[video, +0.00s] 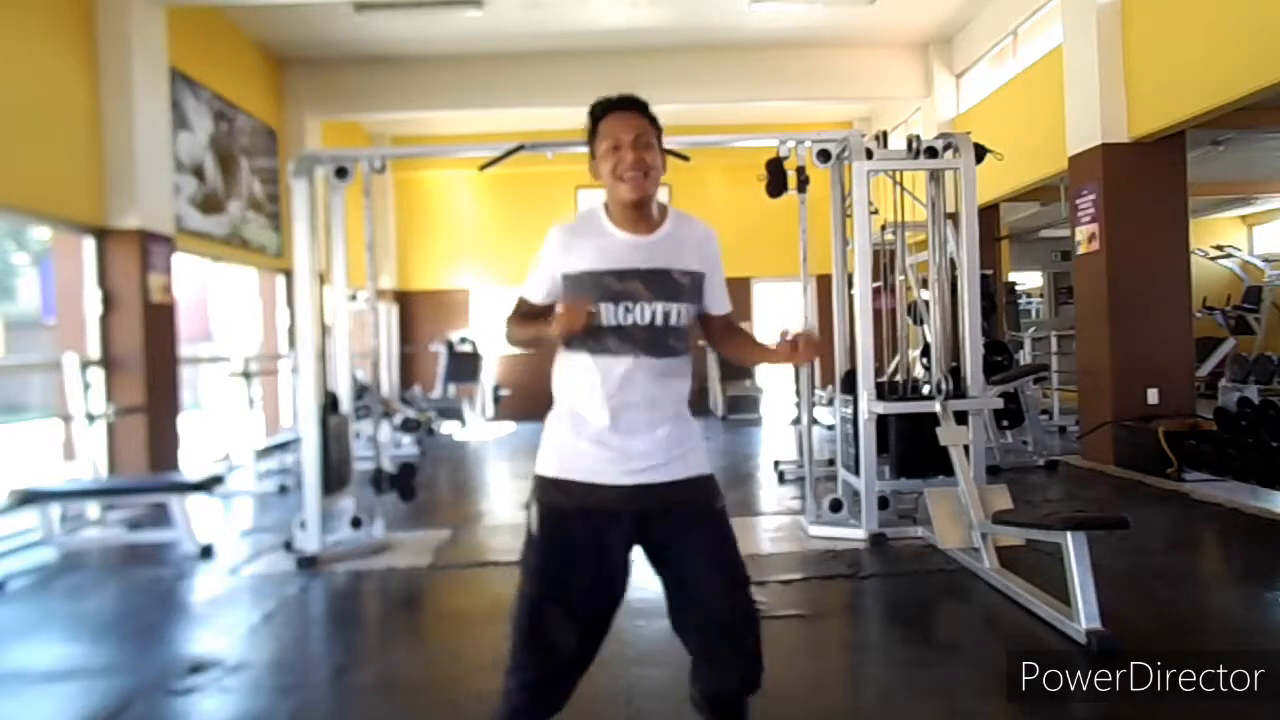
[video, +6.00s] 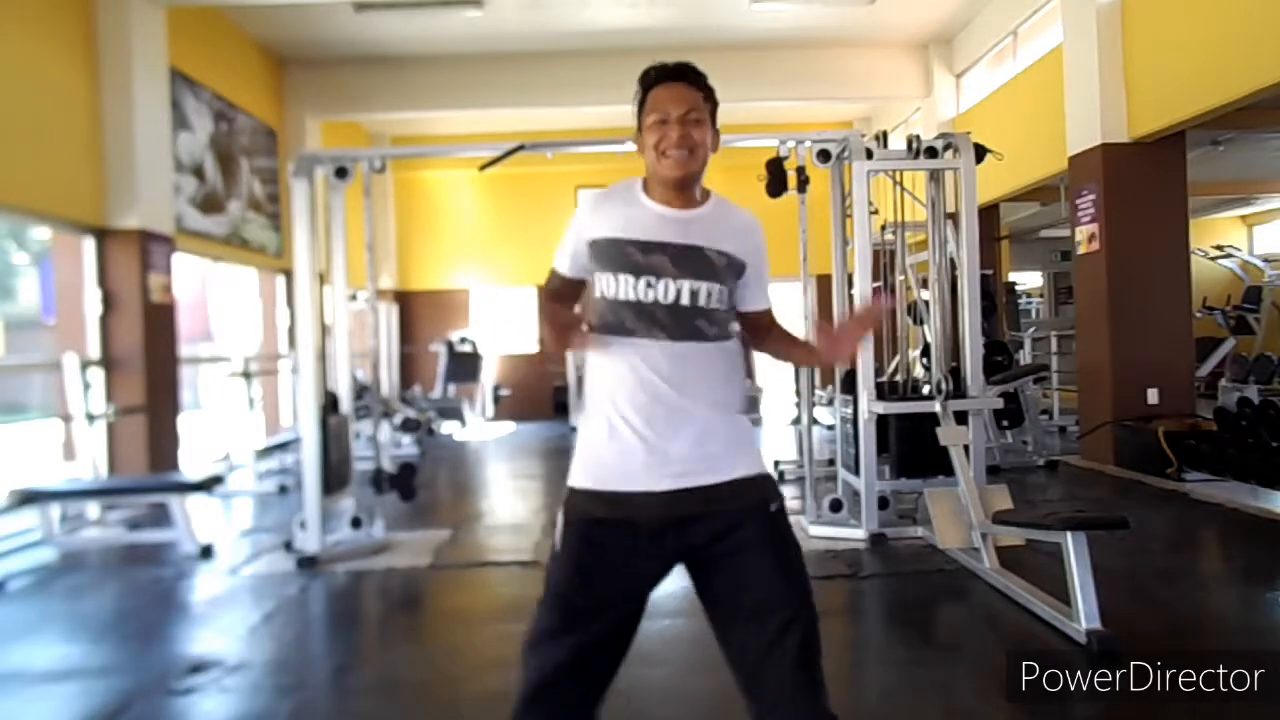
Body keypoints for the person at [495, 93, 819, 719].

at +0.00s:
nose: (632, 158)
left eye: (643, 144)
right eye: (615, 149)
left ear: (663, 154)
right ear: (594, 167)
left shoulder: (696, 239)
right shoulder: (568, 240)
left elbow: (723, 332)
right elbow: (519, 325)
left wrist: (777, 354)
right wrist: (553, 326)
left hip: (677, 471)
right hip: (579, 475)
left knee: (729, 638)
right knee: (547, 652)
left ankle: (722, 710)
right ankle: (518, 715)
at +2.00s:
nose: (637, 184)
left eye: (648, 175)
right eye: (625, 176)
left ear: (666, 190)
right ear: (605, 193)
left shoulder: (693, 257)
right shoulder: (580, 263)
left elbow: (731, 333)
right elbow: (534, 325)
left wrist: (718, 332)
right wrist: (484, 356)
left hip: (675, 457)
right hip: (590, 453)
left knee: (705, 581)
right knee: (537, 560)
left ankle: (733, 684)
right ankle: (522, 688)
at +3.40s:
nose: (605, 206)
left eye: (613, 190)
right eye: (594, 195)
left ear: (652, 171)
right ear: (587, 189)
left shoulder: (717, 242)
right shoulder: (587, 252)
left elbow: (745, 329)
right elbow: (553, 331)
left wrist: (804, 355)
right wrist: (535, 367)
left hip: (699, 471)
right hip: (598, 478)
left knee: (755, 591)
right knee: (560, 628)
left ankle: (780, 710)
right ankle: (541, 719)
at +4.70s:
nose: (665, 148)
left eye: (678, 134)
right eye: (648, 137)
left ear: (699, 148)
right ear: (626, 158)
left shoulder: (736, 229)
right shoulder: (596, 242)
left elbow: (755, 324)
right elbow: (547, 331)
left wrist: (772, 318)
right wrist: (489, 336)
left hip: (724, 496)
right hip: (610, 498)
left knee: (767, 690)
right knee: (568, 690)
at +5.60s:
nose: (669, 119)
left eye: (683, 107)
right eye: (652, 109)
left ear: (705, 129)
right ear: (630, 133)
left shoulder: (732, 223)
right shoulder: (589, 211)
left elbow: (750, 335)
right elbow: (556, 302)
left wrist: (820, 334)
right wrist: (556, 315)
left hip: (728, 491)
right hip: (607, 489)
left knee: (785, 685)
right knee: (555, 687)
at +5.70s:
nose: (671, 127)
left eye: (685, 115)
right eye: (653, 118)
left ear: (706, 137)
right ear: (632, 142)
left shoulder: (735, 238)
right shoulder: (591, 218)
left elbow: (774, 346)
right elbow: (540, 315)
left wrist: (845, 393)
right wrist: (536, 373)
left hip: (725, 489)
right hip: (603, 492)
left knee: (802, 666)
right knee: (571, 685)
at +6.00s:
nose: (677, 135)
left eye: (692, 121)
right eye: (661, 122)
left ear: (714, 136)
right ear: (640, 138)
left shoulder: (742, 229)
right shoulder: (597, 214)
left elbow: (759, 326)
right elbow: (557, 296)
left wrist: (819, 353)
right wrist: (562, 326)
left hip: (729, 483)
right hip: (614, 488)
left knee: (787, 675)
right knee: (555, 679)